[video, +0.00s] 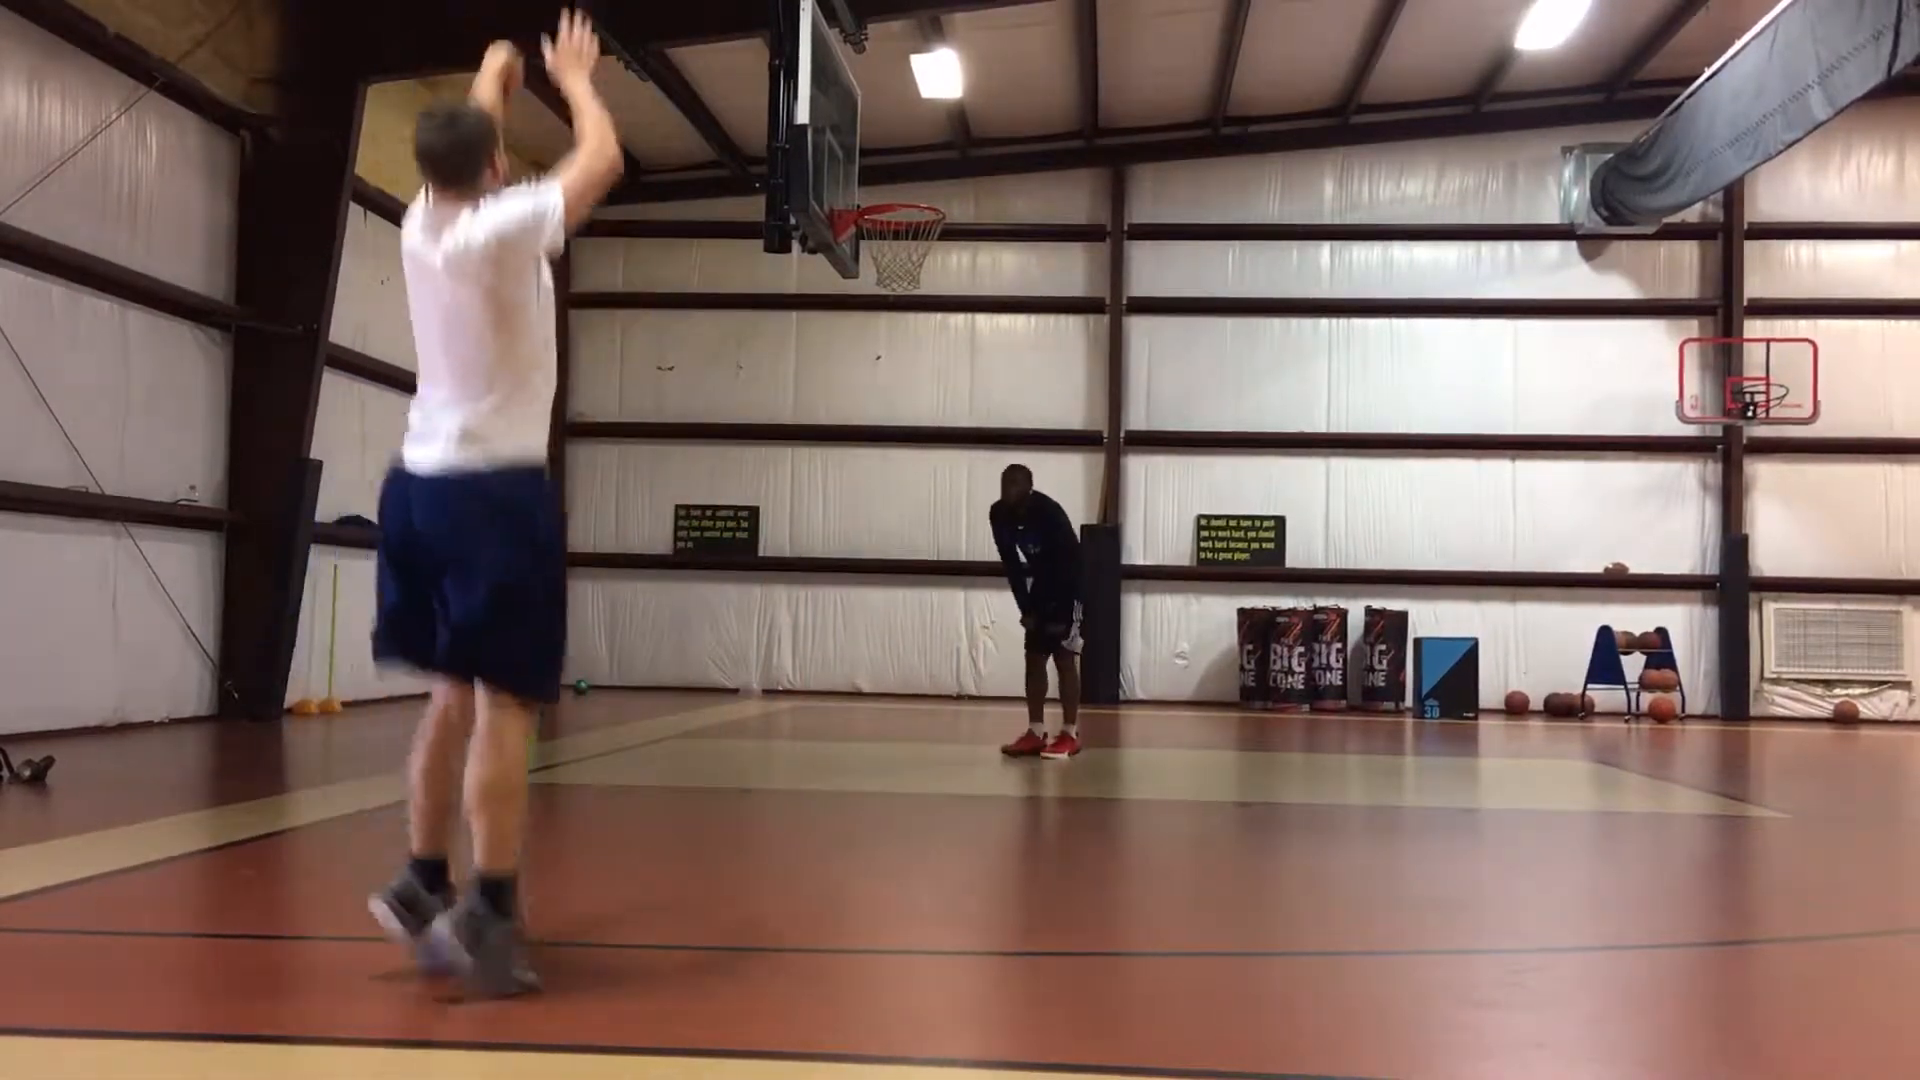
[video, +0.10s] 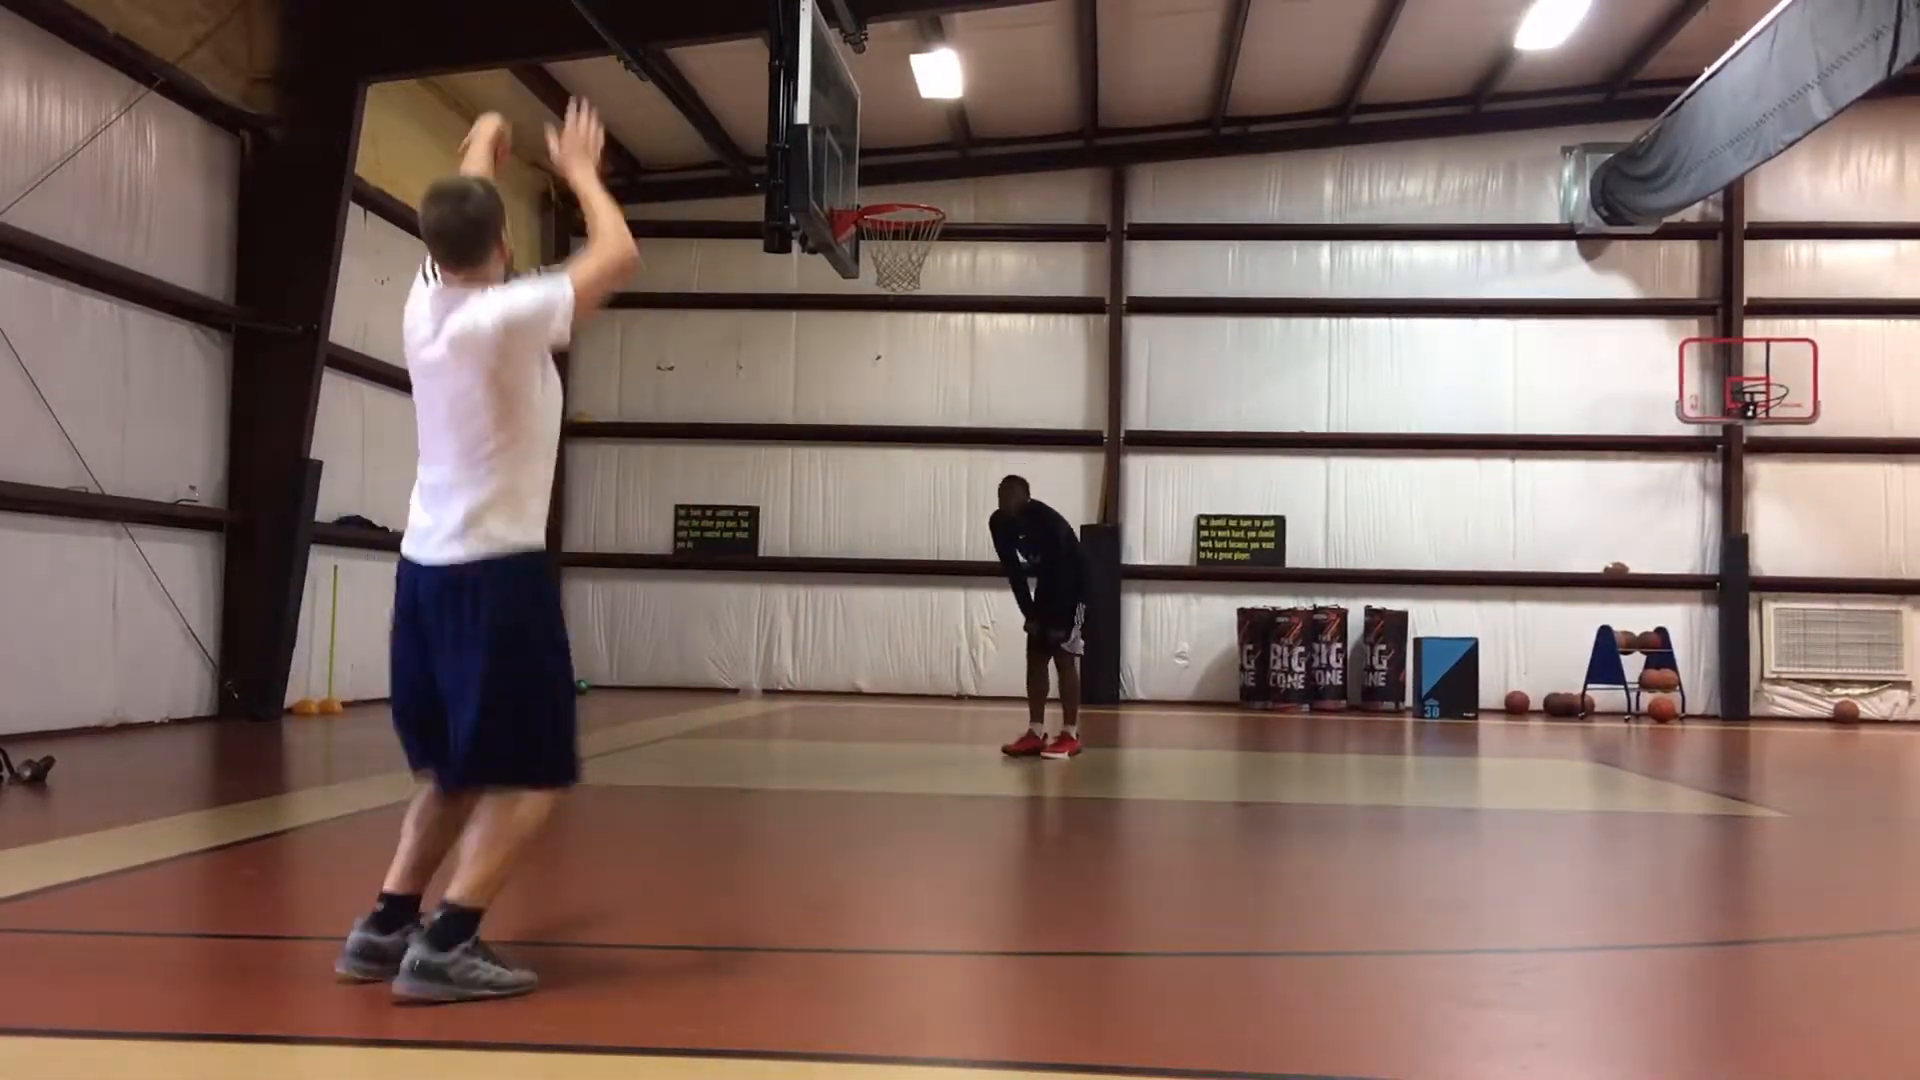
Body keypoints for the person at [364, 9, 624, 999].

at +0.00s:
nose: (502, 146)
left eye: (489, 138)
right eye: (497, 139)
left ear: (425, 163)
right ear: (494, 157)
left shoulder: (423, 223)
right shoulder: (513, 226)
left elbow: (466, 143)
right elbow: (602, 154)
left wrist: (493, 75)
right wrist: (579, 79)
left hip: (421, 488)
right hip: (501, 491)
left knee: (449, 693)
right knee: (503, 705)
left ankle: (422, 884)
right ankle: (488, 914)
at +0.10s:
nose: (514, 238)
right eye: (506, 227)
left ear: (432, 245)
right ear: (501, 242)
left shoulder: (425, 308)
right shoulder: (513, 312)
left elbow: (451, 227)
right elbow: (616, 253)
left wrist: (479, 156)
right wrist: (584, 174)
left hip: (427, 573)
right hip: (501, 577)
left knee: (454, 769)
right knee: (536, 778)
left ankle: (385, 925)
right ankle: (443, 945)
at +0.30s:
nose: (546, 218)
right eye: (543, 210)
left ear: (461, 226)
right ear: (538, 223)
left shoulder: (440, 284)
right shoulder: (555, 312)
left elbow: (449, 222)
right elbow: (677, 394)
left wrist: (448, 168)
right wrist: (643, 323)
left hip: (443, 550)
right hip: (538, 550)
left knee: (462, 730)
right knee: (604, 723)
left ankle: (399, 914)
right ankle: (555, 895)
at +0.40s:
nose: (566, 227)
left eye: (548, 221)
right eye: (565, 219)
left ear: (486, 233)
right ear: (564, 229)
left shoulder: (457, 286)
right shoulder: (583, 321)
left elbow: (446, 217)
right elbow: (679, 443)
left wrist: (437, 164)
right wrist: (669, 379)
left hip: (459, 553)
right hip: (560, 559)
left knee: (466, 739)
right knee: (611, 740)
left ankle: (399, 923)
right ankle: (616, 913)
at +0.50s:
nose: (593, 241)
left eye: (562, 234)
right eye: (594, 233)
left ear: (518, 244)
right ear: (591, 242)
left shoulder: (476, 301)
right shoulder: (620, 342)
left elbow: (447, 228)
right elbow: (703, 463)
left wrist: (434, 169)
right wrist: (665, 410)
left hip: (474, 573)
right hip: (578, 579)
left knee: (462, 753)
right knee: (617, 764)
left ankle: (396, 928)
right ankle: (634, 946)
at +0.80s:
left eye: (574, 201)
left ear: (569, 209)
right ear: (652, 207)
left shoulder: (527, 271)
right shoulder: (693, 308)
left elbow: (461, 227)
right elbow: (742, 454)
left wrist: (438, 169)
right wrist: (779, 568)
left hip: (523, 548)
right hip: (638, 557)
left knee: (487, 750)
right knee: (639, 766)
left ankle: (465, 931)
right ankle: (637, 960)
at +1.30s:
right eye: (639, 159)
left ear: (548, 168)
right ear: (641, 164)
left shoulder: (502, 259)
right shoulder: (688, 258)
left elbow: (435, 396)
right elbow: (708, 408)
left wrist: (444, 468)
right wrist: (728, 549)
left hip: (520, 547)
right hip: (647, 550)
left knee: (519, 777)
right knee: (648, 770)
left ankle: (512, 1016)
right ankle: (645, 986)